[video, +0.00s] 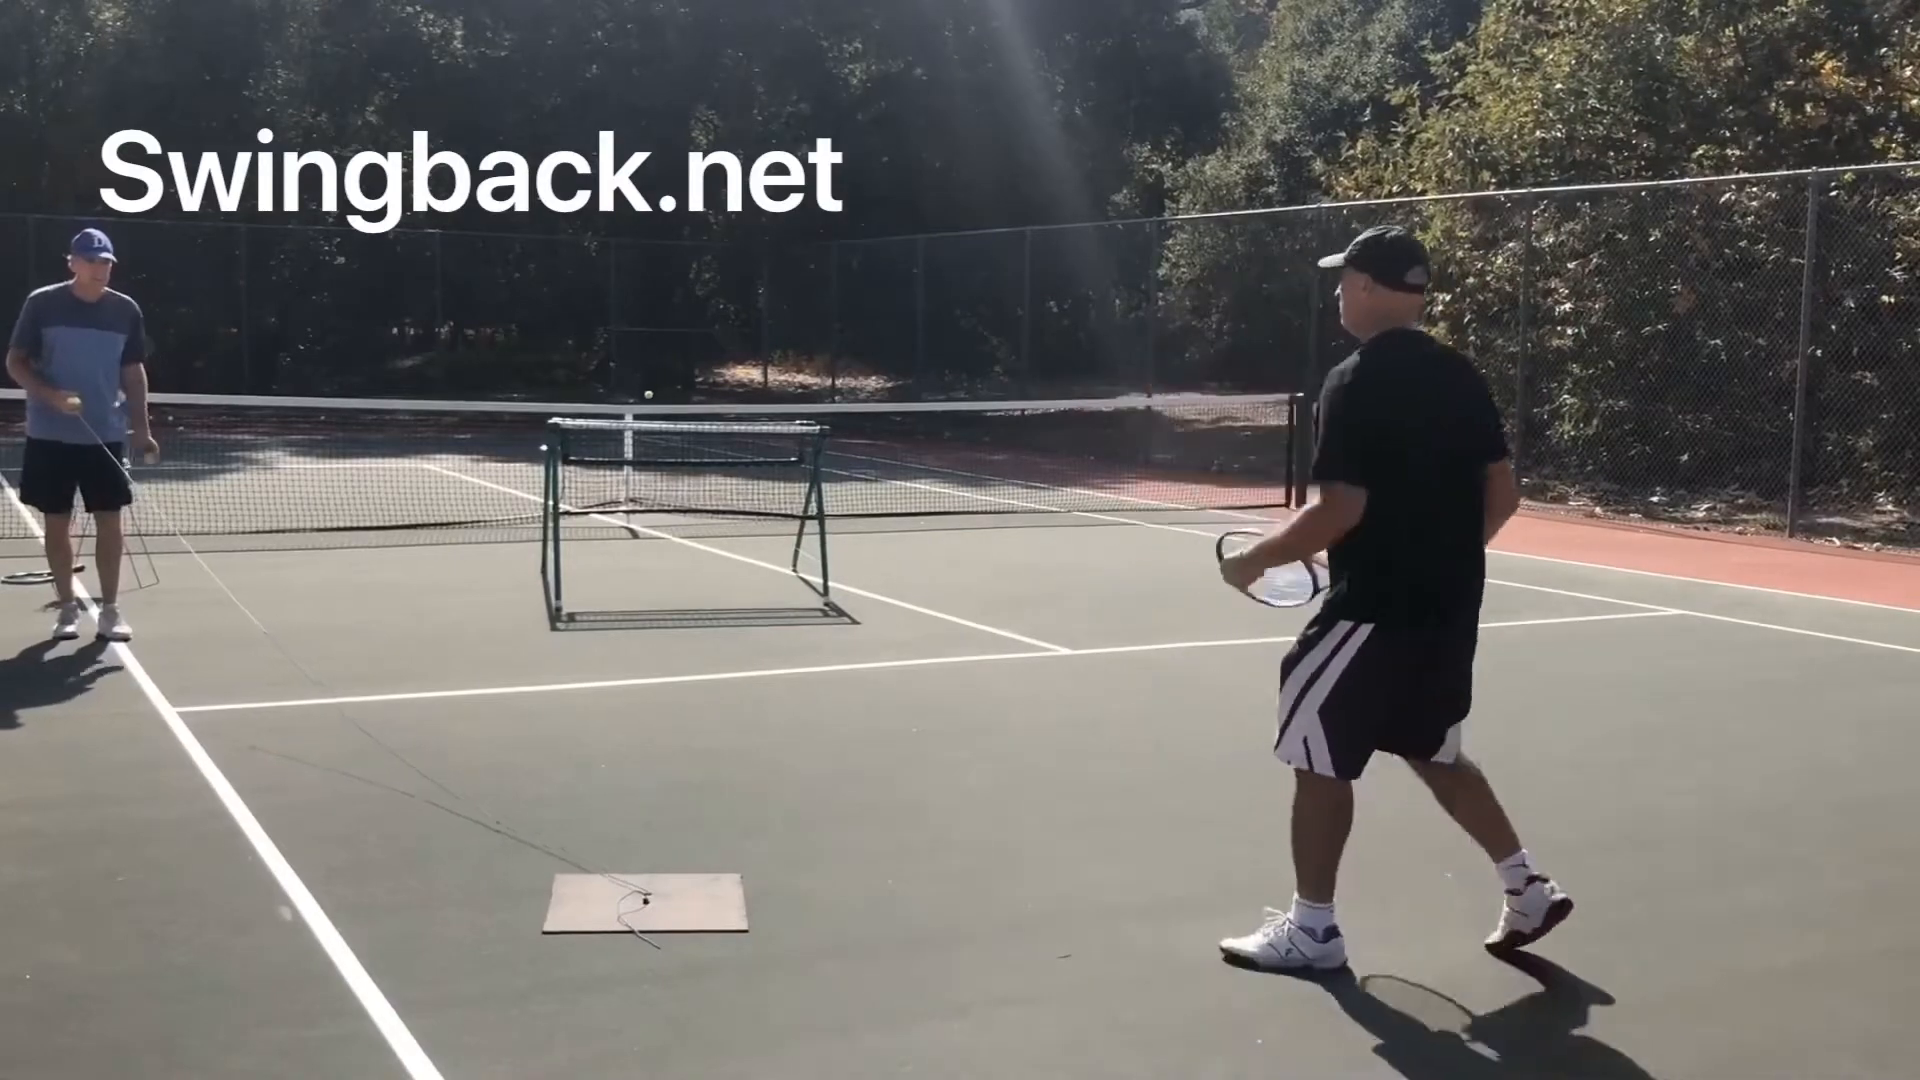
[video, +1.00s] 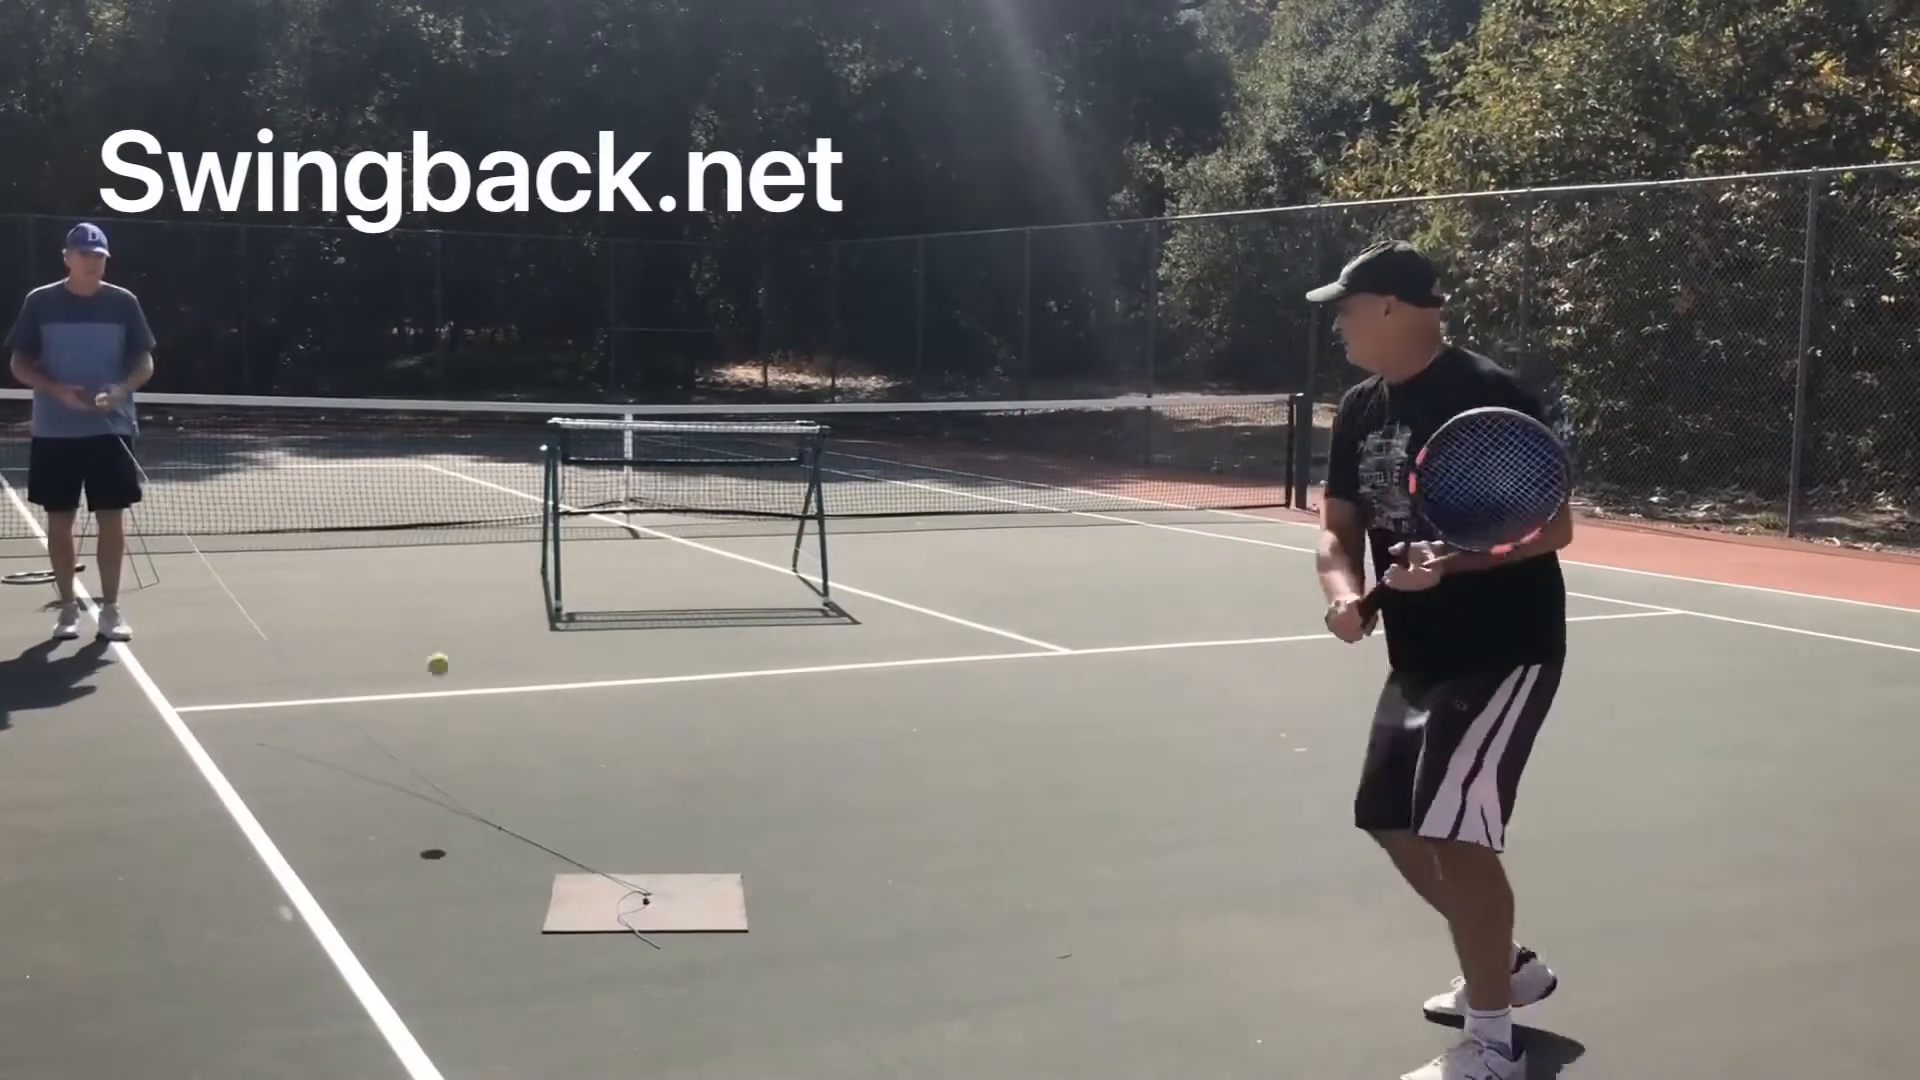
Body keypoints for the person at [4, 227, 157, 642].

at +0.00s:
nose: (101, 271)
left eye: (106, 263)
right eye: (93, 262)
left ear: (113, 266)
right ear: (72, 263)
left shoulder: (126, 311)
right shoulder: (41, 304)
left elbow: (134, 371)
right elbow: (15, 361)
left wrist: (141, 429)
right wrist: (49, 394)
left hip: (105, 438)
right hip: (51, 438)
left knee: (110, 521)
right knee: (56, 523)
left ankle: (110, 609)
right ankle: (68, 605)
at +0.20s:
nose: (101, 261)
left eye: (106, 254)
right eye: (92, 253)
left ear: (112, 259)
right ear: (73, 257)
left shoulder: (129, 306)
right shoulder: (42, 300)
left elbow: (156, 345)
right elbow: (16, 358)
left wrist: (177, 364)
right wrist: (46, 388)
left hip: (107, 436)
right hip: (52, 435)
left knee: (110, 520)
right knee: (58, 520)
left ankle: (110, 609)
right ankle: (68, 606)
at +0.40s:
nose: (99, 253)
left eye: (104, 247)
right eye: (91, 247)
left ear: (111, 254)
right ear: (72, 254)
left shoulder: (127, 295)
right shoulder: (43, 298)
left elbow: (153, 319)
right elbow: (20, 359)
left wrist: (167, 311)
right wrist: (48, 383)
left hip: (110, 428)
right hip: (55, 430)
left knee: (111, 518)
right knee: (59, 519)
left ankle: (110, 609)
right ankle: (68, 608)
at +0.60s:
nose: (93, 256)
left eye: (99, 249)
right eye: (86, 249)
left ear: (107, 255)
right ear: (69, 254)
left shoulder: (126, 299)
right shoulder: (41, 300)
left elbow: (157, 347)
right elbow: (22, 360)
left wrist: (122, 343)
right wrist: (51, 382)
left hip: (113, 430)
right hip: (57, 433)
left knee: (113, 519)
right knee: (60, 521)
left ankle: (111, 610)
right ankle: (68, 607)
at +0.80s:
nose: (92, 261)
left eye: (99, 255)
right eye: (85, 254)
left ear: (107, 258)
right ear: (69, 256)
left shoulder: (125, 302)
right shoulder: (40, 301)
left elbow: (147, 362)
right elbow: (21, 364)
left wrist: (106, 383)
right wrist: (58, 387)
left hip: (112, 433)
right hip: (57, 435)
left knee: (112, 519)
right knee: (60, 519)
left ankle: (111, 609)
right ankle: (69, 606)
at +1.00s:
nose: (91, 264)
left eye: (98, 257)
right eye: (84, 256)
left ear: (106, 260)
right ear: (67, 256)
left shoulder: (124, 302)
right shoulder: (40, 301)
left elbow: (145, 363)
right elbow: (19, 364)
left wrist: (121, 389)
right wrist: (58, 390)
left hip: (109, 433)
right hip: (55, 436)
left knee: (111, 519)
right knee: (60, 520)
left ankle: (111, 609)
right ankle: (69, 606)